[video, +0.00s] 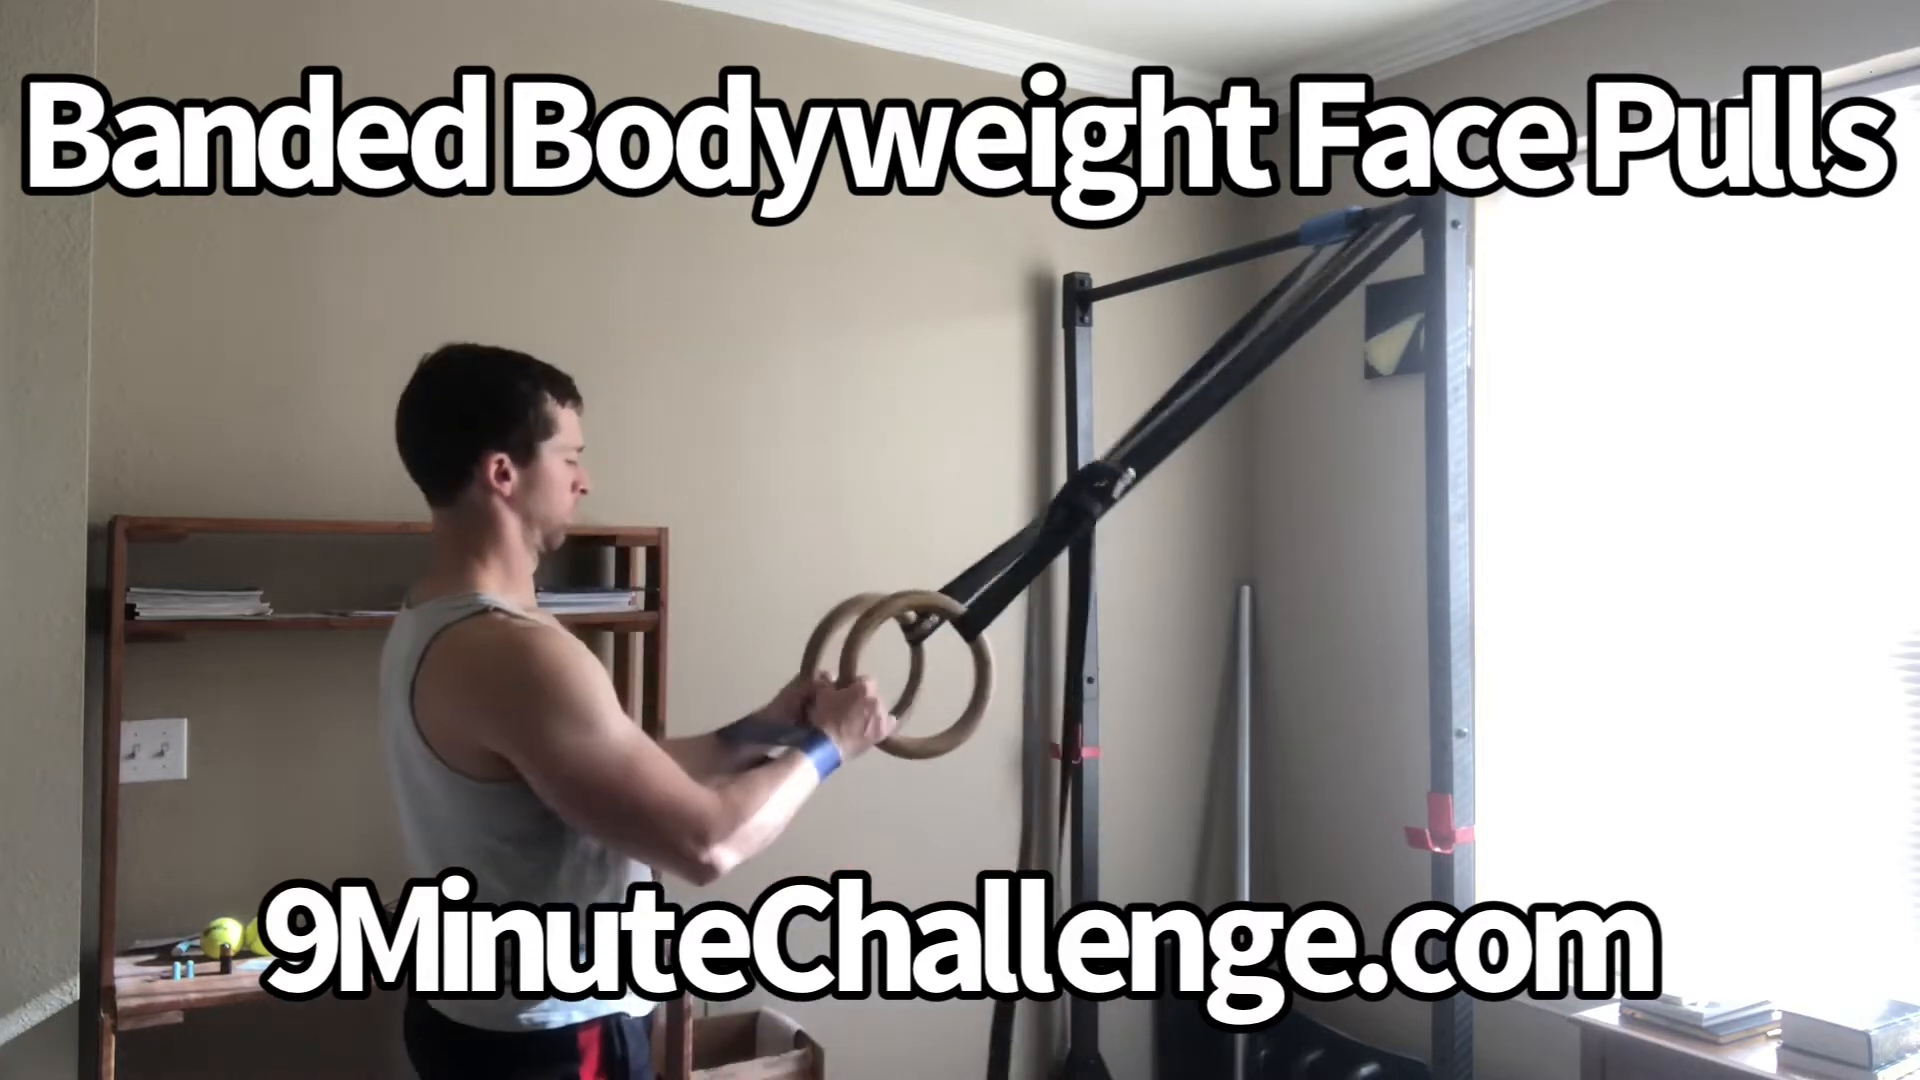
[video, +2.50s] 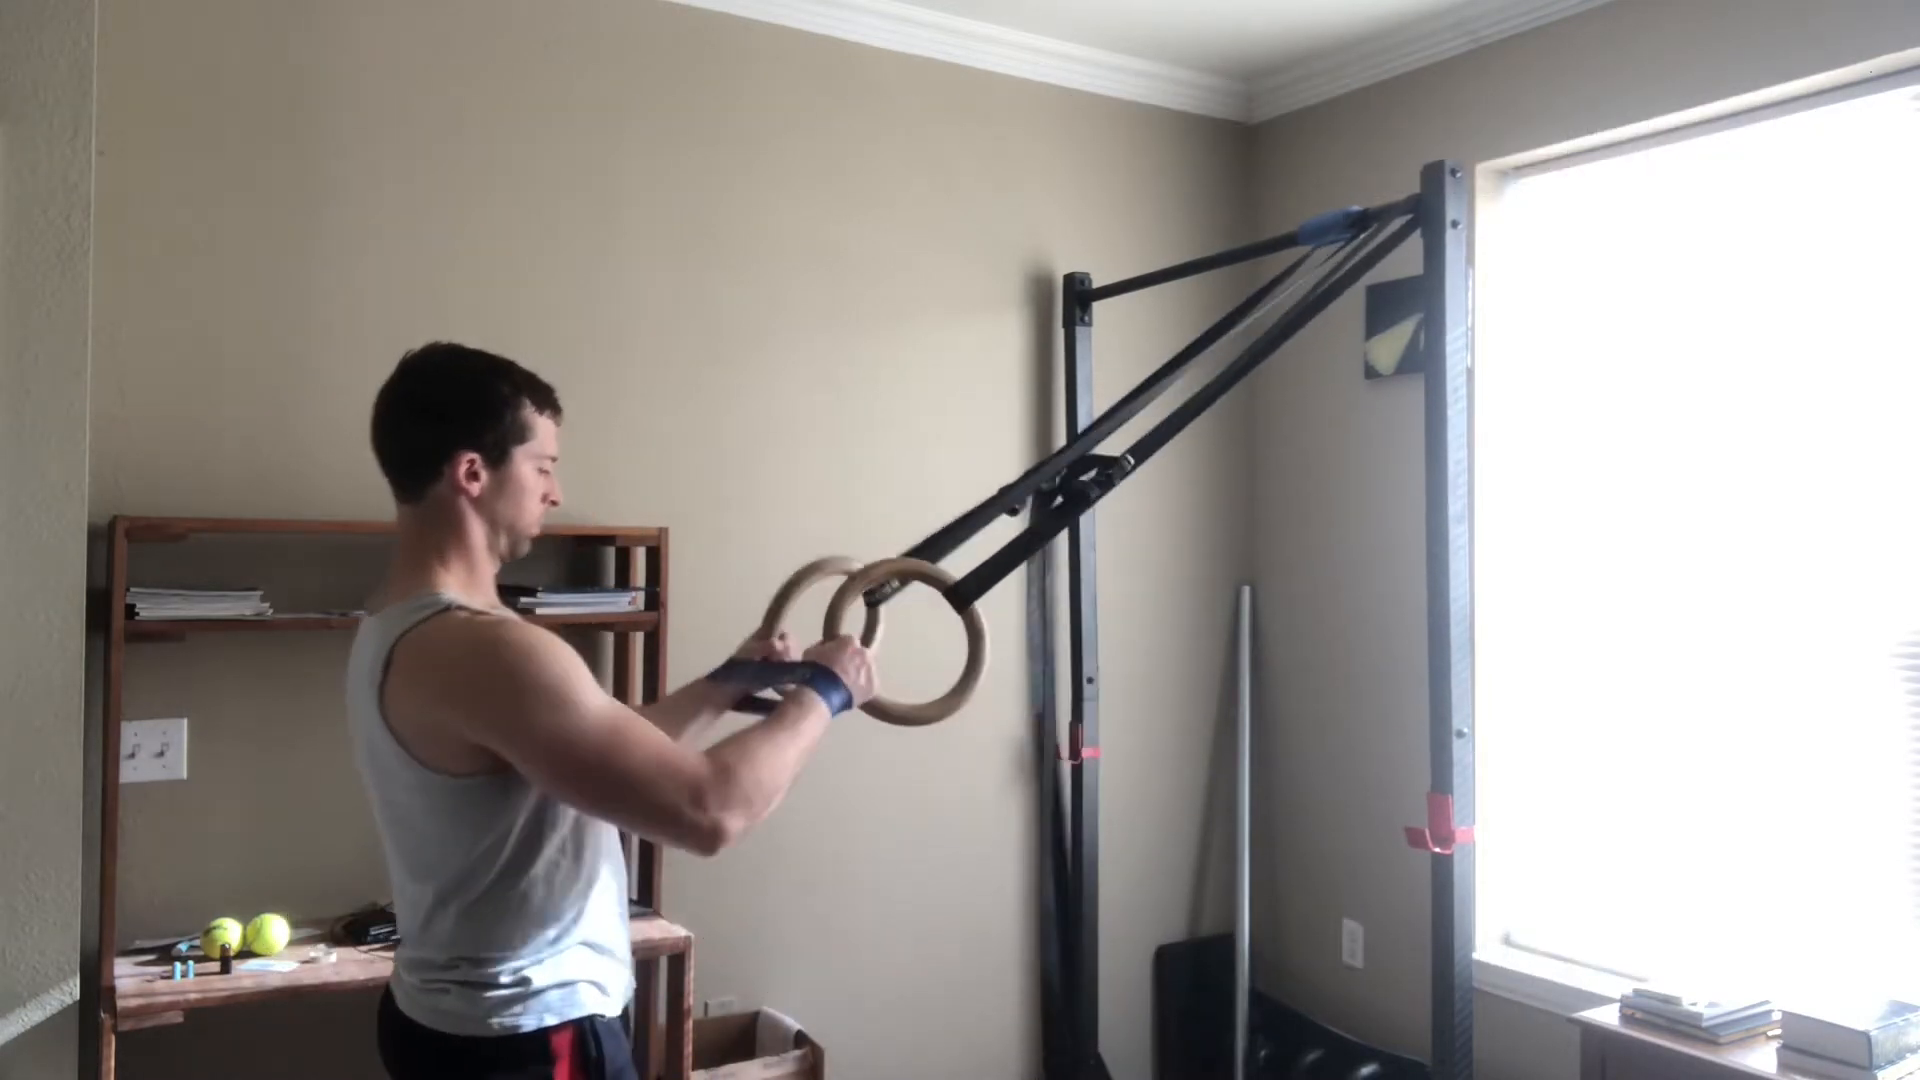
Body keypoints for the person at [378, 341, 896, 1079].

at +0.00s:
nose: (584, 482)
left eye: (580, 457)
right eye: (571, 458)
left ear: (498, 476)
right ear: (502, 474)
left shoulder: (437, 624)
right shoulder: (520, 659)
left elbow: (615, 774)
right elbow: (707, 844)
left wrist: (766, 729)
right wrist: (824, 749)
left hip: (477, 1022)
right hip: (548, 1043)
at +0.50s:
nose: (597, 492)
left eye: (596, 468)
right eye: (587, 466)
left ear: (515, 477)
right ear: (519, 474)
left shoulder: (444, 616)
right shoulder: (517, 653)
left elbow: (605, 754)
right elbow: (704, 835)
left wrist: (753, 693)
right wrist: (824, 718)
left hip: (488, 1007)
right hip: (548, 1027)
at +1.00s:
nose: (604, 495)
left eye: (603, 472)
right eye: (592, 470)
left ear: (522, 478)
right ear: (523, 474)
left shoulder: (457, 617)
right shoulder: (527, 643)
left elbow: (636, 776)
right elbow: (675, 824)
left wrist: (764, 715)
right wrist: (814, 715)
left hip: (498, 1003)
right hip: (551, 1018)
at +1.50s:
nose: (604, 492)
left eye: (601, 470)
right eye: (591, 468)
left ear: (521, 477)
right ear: (524, 473)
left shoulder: (452, 617)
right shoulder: (531, 642)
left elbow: (623, 773)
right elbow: (705, 817)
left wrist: (750, 699)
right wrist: (825, 712)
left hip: (483, 1004)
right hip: (552, 1024)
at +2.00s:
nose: (618, 486)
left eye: (614, 464)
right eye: (602, 462)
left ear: (530, 477)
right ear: (533, 472)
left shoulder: (469, 615)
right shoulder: (543, 642)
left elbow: (642, 777)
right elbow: (693, 830)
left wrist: (760, 691)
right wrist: (821, 703)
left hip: (493, 1012)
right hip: (560, 1032)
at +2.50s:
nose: (555, 493)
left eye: (554, 467)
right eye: (543, 465)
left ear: (467, 478)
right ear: (471, 474)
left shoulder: (400, 629)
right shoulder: (493, 654)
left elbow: (587, 767)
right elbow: (708, 810)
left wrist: (727, 686)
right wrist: (825, 694)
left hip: (448, 1022)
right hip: (534, 1041)